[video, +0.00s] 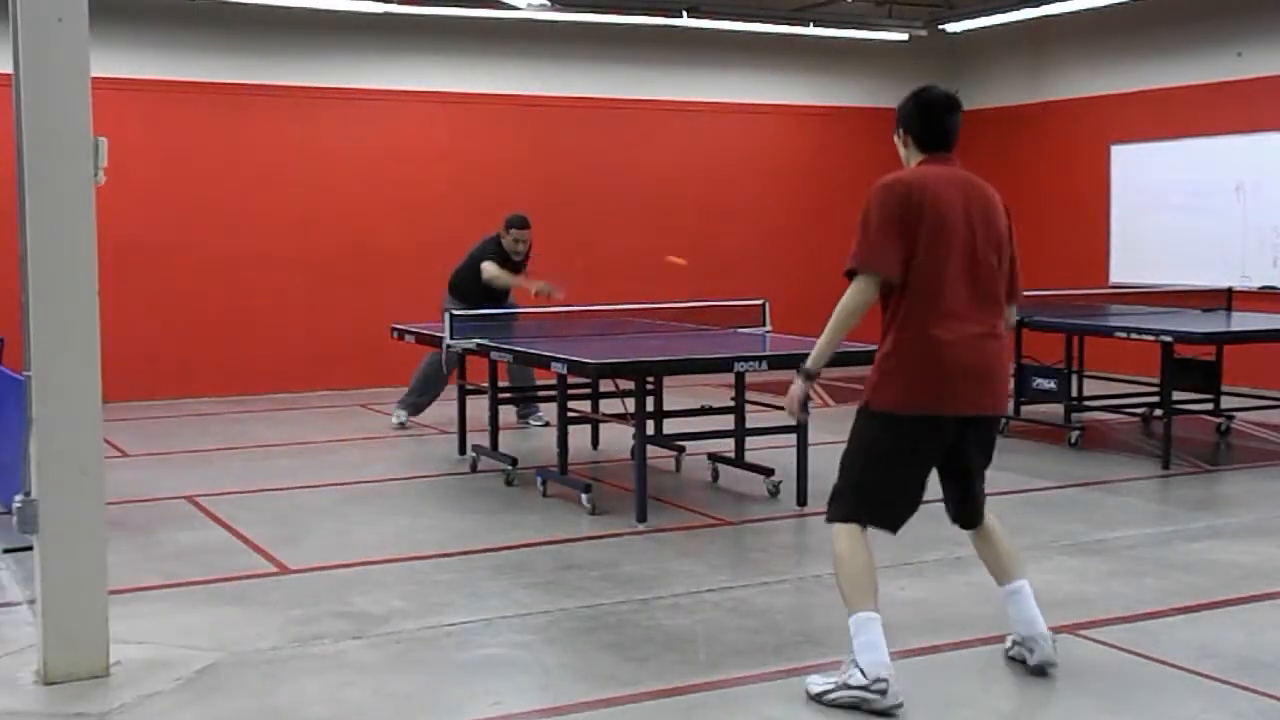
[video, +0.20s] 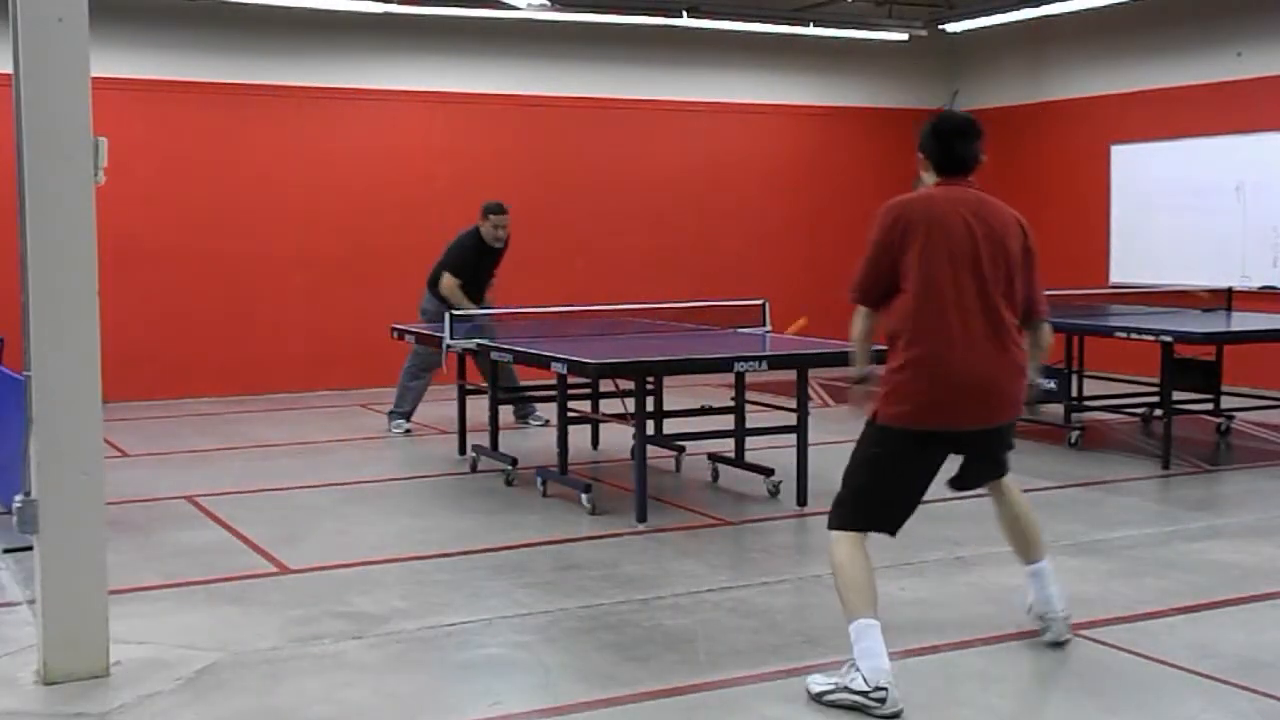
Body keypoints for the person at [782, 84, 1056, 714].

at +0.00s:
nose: (895, 144)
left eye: (895, 135)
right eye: (899, 135)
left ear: (904, 138)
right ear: (954, 137)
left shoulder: (896, 191)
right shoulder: (990, 198)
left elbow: (867, 283)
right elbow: (1008, 303)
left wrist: (811, 368)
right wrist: (981, 368)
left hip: (912, 383)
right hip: (986, 386)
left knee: (848, 514)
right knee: (973, 507)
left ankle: (870, 669)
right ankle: (1033, 635)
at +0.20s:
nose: (914, 164)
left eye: (916, 156)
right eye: (923, 155)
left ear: (924, 161)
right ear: (977, 161)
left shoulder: (904, 214)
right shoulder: (1010, 222)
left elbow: (868, 303)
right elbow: (1037, 325)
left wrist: (860, 366)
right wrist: (1029, 380)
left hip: (917, 395)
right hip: (997, 393)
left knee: (847, 526)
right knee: (1001, 481)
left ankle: (870, 671)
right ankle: (1051, 608)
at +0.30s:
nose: (951, 165)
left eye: (950, 156)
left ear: (953, 164)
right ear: (1006, 165)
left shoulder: (924, 216)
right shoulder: (1032, 225)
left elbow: (894, 312)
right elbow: (1065, 325)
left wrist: (922, 360)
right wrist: (1072, 390)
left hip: (928, 397)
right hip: (1008, 398)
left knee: (869, 525)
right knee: (1025, 481)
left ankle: (873, 672)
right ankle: (1067, 597)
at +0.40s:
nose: (991, 171)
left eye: (989, 162)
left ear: (988, 166)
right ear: (1041, 169)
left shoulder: (954, 215)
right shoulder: (1060, 227)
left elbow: (923, 300)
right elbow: (1090, 331)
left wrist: (913, 351)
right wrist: (1104, 406)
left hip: (957, 390)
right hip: (1033, 392)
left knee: (908, 514)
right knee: (1039, 480)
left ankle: (882, 659)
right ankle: (1072, 598)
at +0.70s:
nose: (1029, 151)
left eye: (1030, 142)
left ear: (1036, 144)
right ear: (1087, 150)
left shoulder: (1022, 184)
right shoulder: (1103, 199)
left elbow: (998, 269)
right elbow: (1079, 275)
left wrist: (964, 336)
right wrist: (995, 286)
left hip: (1026, 352)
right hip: (1093, 353)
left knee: (965, 479)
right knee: (1059, 461)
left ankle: (923, 630)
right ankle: (1070, 597)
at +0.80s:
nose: (1036, 136)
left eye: (1037, 127)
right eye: (1042, 128)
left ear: (1044, 129)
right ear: (1094, 132)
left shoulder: (1039, 170)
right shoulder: (1110, 182)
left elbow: (1027, 256)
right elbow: (1045, 244)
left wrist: (984, 331)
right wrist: (970, 233)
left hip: (1041, 344)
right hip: (1104, 345)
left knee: (979, 472)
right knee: (1066, 466)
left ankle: (945, 625)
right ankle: (1072, 596)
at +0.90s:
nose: (1043, 126)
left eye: (1043, 118)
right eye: (1047, 118)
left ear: (1051, 119)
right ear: (1101, 121)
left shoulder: (1049, 160)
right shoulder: (1117, 172)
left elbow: (1040, 251)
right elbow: (1026, 230)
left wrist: (995, 328)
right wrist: (954, 212)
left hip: (1052, 337)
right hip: (1109, 339)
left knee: (987, 464)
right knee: (1067, 460)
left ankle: (982, 621)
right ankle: (1090, 591)